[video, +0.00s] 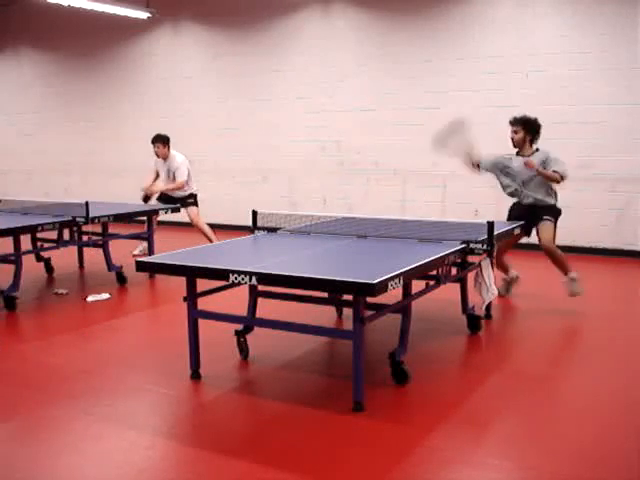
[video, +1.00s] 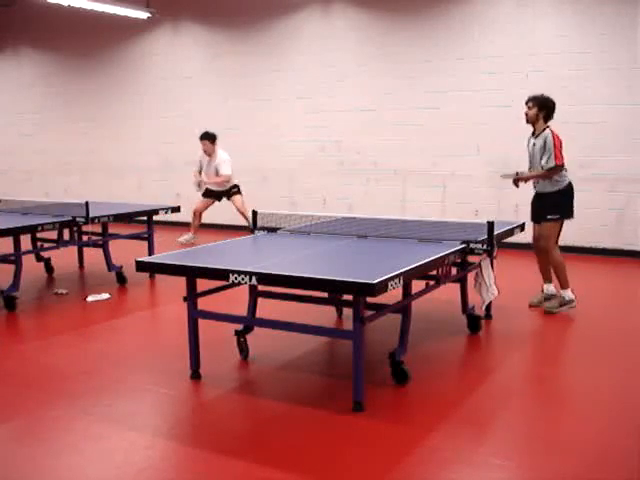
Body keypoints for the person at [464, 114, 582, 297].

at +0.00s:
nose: (511, 136)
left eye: (515, 132)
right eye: (511, 133)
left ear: (528, 136)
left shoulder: (544, 157)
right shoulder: (508, 161)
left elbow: (558, 178)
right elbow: (478, 164)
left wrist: (537, 169)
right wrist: (466, 151)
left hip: (545, 209)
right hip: (521, 209)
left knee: (547, 245)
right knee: (496, 252)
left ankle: (571, 276)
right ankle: (510, 276)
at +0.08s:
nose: (514, 146)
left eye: (519, 142)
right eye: (512, 142)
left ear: (532, 147)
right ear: (512, 145)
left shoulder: (541, 171)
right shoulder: (507, 168)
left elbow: (557, 197)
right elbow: (504, 163)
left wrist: (559, 184)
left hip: (534, 219)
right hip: (508, 218)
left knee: (548, 251)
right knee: (489, 250)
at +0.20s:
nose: (518, 159)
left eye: (523, 155)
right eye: (515, 155)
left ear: (531, 159)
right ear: (512, 156)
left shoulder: (533, 179)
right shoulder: (505, 174)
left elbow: (532, 205)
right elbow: (513, 204)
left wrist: (552, 212)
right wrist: (546, 208)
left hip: (520, 223)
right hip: (497, 224)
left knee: (544, 250)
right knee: (474, 255)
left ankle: (551, 301)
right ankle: (439, 282)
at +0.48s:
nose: (523, 137)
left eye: (528, 133)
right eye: (520, 133)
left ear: (537, 137)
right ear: (516, 135)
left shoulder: (542, 160)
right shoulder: (504, 159)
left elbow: (541, 183)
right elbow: (499, 191)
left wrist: (552, 201)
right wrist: (529, 196)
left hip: (528, 209)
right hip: (502, 208)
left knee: (540, 246)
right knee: (485, 250)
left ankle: (547, 298)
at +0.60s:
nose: (526, 119)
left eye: (530, 115)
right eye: (524, 116)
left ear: (541, 118)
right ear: (521, 119)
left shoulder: (551, 145)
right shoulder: (512, 144)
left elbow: (565, 168)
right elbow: (501, 170)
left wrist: (561, 183)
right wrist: (514, 183)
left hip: (541, 199)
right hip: (514, 197)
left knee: (542, 247)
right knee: (491, 241)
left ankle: (547, 297)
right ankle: (480, 286)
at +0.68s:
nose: (525, 111)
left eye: (529, 107)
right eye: (524, 107)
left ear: (541, 109)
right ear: (523, 110)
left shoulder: (553, 135)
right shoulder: (516, 136)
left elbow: (565, 163)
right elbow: (507, 162)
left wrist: (552, 178)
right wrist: (507, 178)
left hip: (543, 192)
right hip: (518, 191)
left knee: (548, 246)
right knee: (505, 237)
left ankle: (552, 295)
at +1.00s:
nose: (525, 112)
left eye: (530, 108)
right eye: (526, 108)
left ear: (542, 112)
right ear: (534, 112)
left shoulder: (551, 137)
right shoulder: (532, 139)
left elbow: (556, 168)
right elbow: (538, 168)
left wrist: (528, 177)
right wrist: (523, 176)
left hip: (557, 192)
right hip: (541, 192)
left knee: (548, 244)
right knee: (538, 243)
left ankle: (567, 294)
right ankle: (548, 289)